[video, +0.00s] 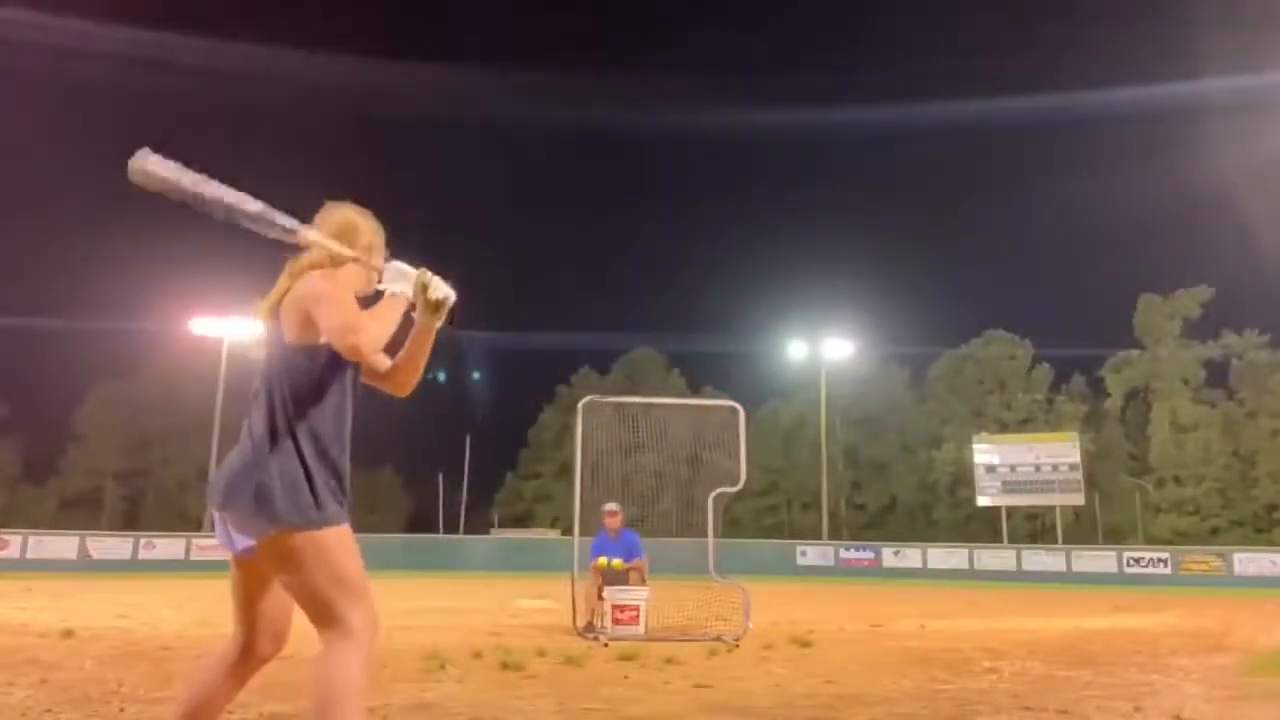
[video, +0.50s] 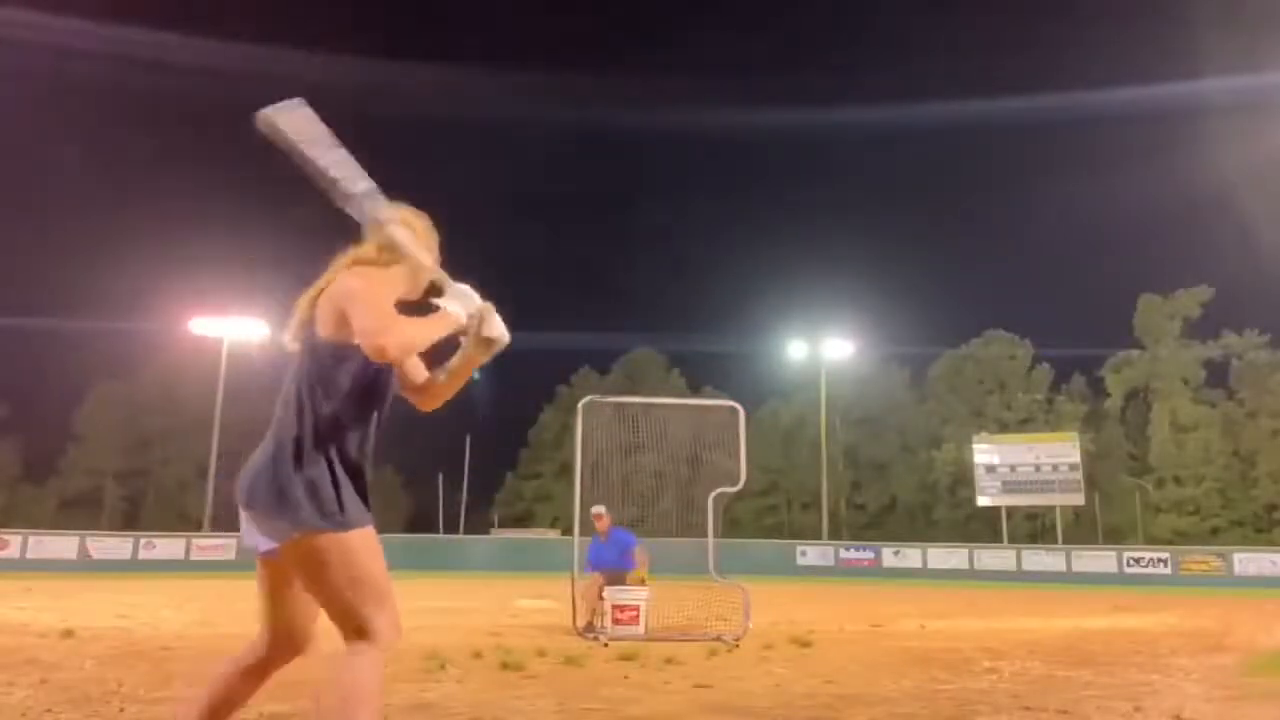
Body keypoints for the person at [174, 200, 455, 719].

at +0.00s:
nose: (379, 269)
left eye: (380, 260)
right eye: (377, 258)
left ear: (321, 246)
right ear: (358, 250)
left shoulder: (303, 295)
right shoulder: (327, 279)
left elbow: (400, 381)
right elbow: (356, 339)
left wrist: (430, 320)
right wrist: (398, 296)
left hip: (250, 485)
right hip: (287, 488)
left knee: (258, 640)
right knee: (352, 627)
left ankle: (185, 713)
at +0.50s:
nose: (430, 275)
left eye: (432, 266)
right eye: (430, 262)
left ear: (381, 247)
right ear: (414, 253)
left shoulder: (374, 309)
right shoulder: (360, 281)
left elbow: (427, 395)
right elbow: (382, 342)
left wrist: (478, 351)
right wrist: (452, 314)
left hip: (281, 480)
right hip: (307, 481)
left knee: (285, 637)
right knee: (374, 632)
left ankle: (199, 713)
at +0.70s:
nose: (454, 278)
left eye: (458, 270)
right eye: (455, 266)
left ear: (412, 256)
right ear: (438, 258)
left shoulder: (407, 321)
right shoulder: (376, 278)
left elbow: (431, 402)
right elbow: (377, 334)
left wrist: (477, 371)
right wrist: (463, 325)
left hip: (318, 482)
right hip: (309, 480)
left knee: (368, 634)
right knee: (390, 635)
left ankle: (272, 712)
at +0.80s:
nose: (472, 284)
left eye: (473, 273)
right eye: (471, 272)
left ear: (429, 263)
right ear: (457, 267)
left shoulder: (431, 330)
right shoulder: (387, 284)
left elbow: (441, 409)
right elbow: (361, 342)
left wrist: (474, 378)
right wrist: (456, 332)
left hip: (355, 487)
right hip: (311, 489)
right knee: (396, 634)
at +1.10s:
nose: (497, 320)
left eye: (498, 313)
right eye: (496, 310)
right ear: (480, 301)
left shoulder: (468, 353)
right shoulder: (401, 317)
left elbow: (486, 411)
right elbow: (332, 340)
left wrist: (473, 353)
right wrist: (424, 313)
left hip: (402, 507)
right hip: (346, 508)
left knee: (479, 611)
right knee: (408, 634)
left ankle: (419, 707)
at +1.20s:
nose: (506, 331)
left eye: (506, 323)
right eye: (503, 320)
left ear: (486, 325)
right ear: (481, 312)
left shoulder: (482, 365)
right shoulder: (403, 331)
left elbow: (497, 404)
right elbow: (329, 329)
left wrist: (471, 345)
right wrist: (416, 312)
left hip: (418, 517)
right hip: (362, 515)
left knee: (470, 624)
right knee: (404, 641)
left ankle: (415, 701)